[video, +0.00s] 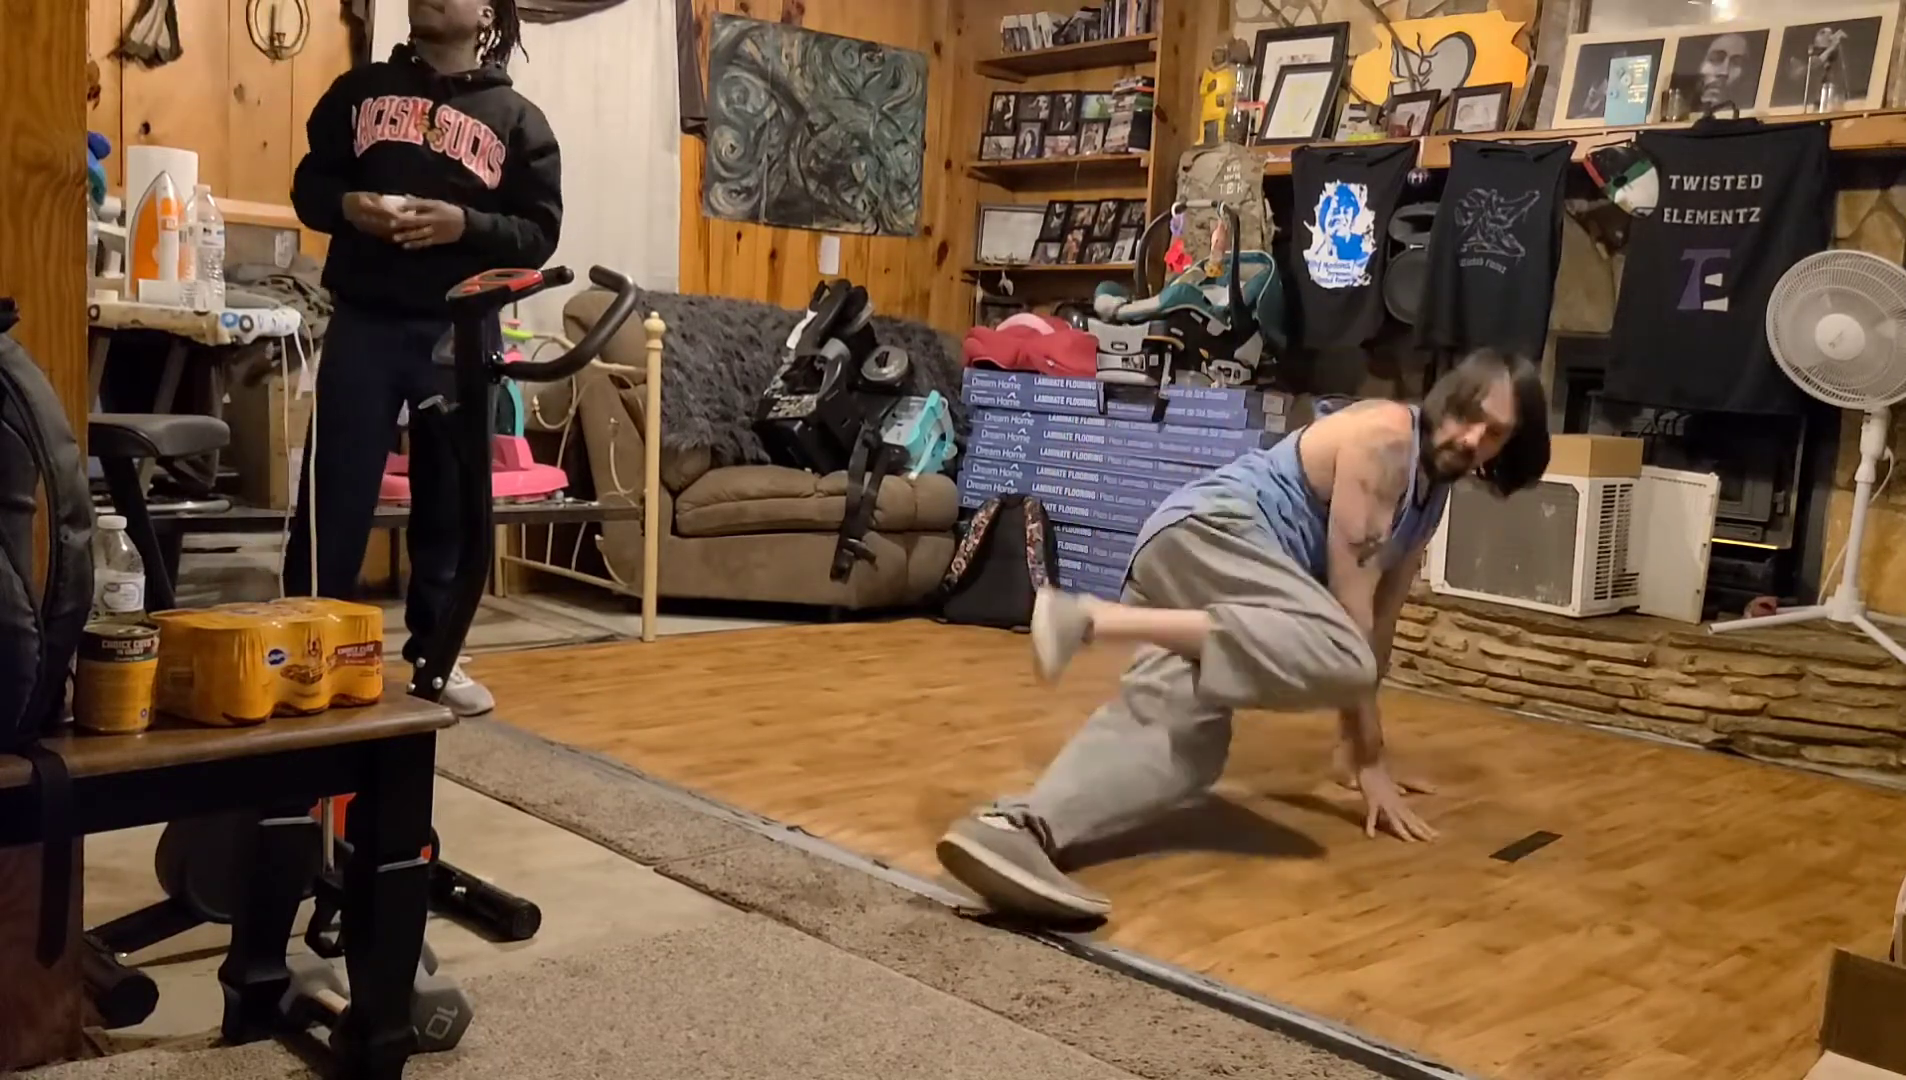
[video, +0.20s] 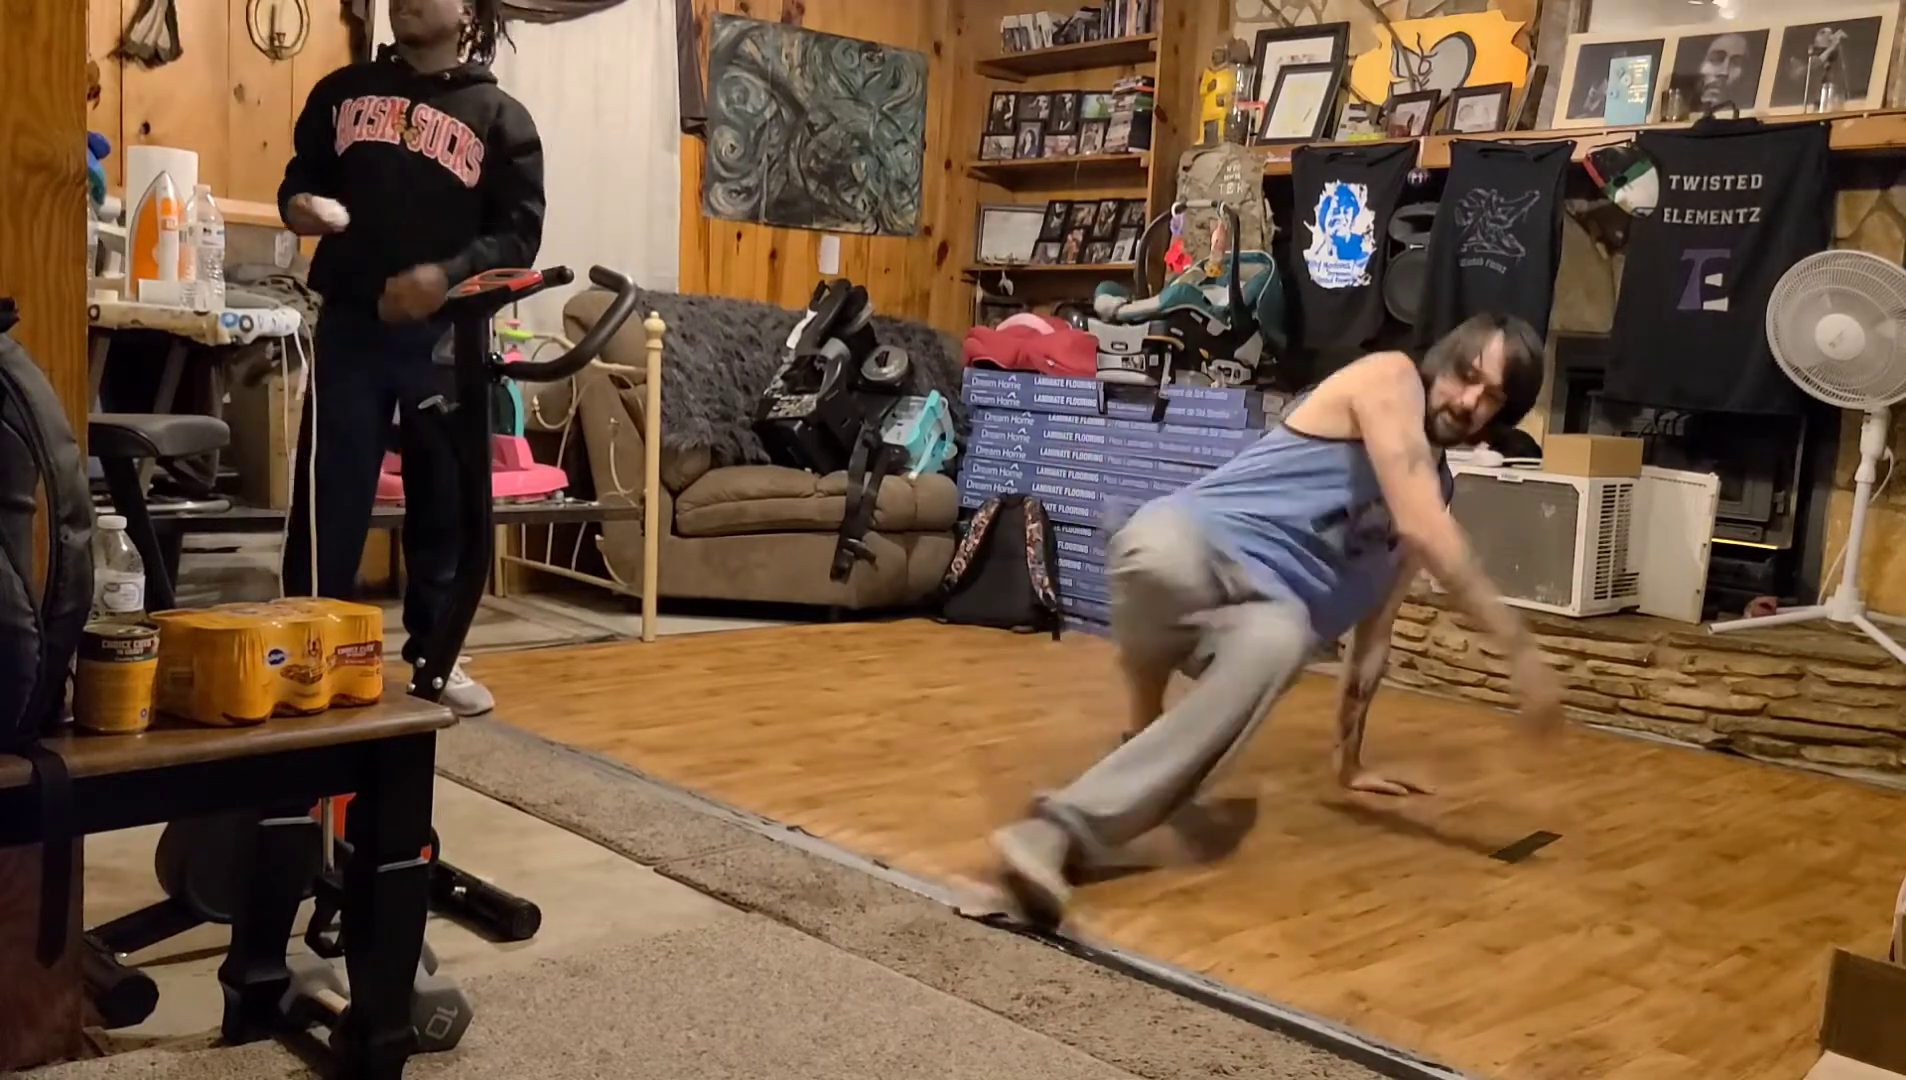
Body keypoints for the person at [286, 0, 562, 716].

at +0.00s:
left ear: (488, 15)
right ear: (413, 8)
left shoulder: (519, 121)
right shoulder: (360, 89)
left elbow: (540, 235)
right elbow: (309, 190)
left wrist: (465, 224)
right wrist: (351, 206)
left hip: (460, 332)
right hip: (364, 324)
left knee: (451, 501)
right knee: (336, 494)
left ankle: (435, 660)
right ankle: (310, 656)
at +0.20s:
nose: (409, 1)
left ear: (468, 12)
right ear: (393, 7)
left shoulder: (501, 118)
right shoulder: (341, 91)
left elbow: (519, 237)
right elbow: (302, 180)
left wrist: (446, 276)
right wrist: (302, 205)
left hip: (446, 336)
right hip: (350, 329)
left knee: (448, 502)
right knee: (332, 495)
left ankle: (435, 663)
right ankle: (311, 658)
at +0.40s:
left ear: (417, 7)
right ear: (334, 5)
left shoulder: (456, 112)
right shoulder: (293, 93)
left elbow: (472, 245)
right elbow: (274, 197)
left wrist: (424, 333)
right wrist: (217, 214)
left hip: (416, 334)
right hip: (317, 329)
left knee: (433, 497)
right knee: (314, 494)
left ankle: (433, 657)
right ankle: (305, 654)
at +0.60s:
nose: (308, 7)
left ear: (371, 11)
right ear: (290, 8)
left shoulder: (419, 102)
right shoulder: (255, 96)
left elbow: (448, 231)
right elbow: (221, 212)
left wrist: (407, 330)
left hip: (406, 327)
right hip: (302, 327)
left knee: (431, 492)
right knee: (306, 496)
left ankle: (437, 659)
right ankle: (301, 659)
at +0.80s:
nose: (286, 8)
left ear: (343, 4)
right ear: (256, 8)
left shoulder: (398, 94)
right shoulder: (231, 101)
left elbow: (436, 220)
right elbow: (201, 220)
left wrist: (392, 320)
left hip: (398, 318)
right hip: (295, 324)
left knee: (435, 487)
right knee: (304, 498)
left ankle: (444, 655)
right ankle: (299, 661)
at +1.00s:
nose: (291, 7)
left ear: (344, 4)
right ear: (258, 7)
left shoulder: (398, 95)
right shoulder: (226, 99)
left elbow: (435, 221)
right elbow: (204, 230)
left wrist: (396, 315)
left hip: (395, 322)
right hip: (291, 330)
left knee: (422, 487)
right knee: (303, 496)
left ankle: (443, 657)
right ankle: (301, 660)